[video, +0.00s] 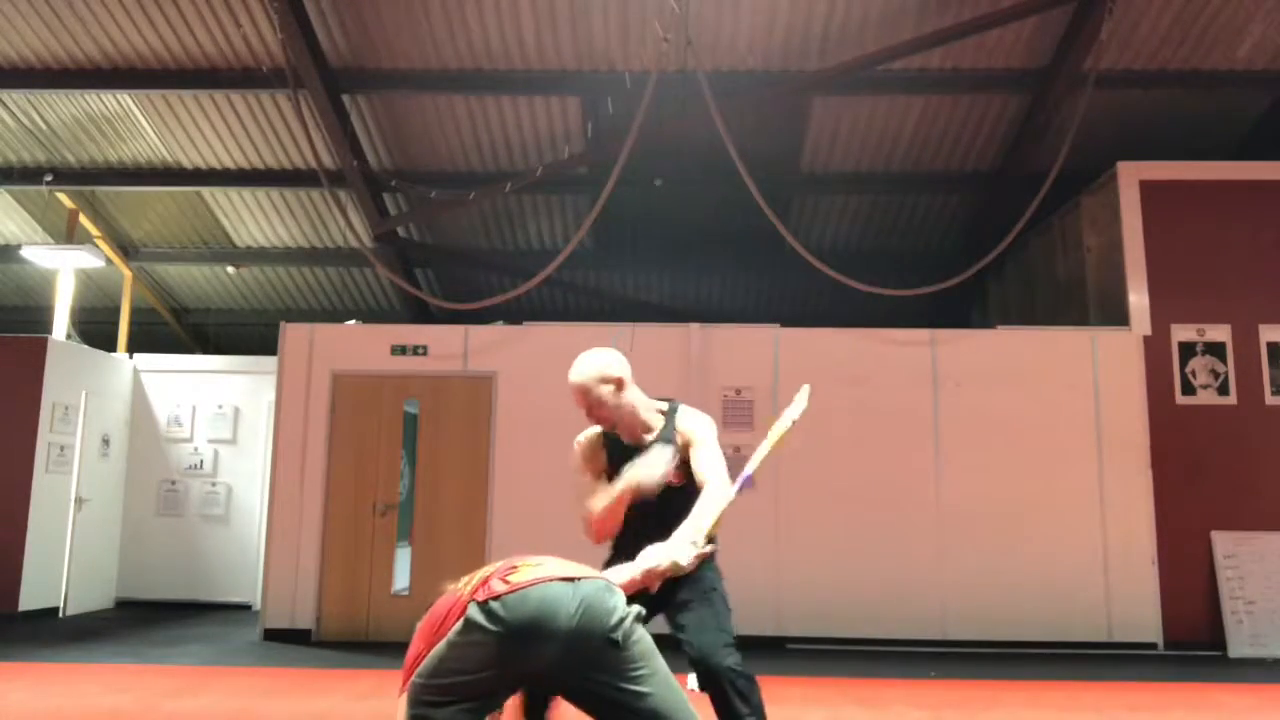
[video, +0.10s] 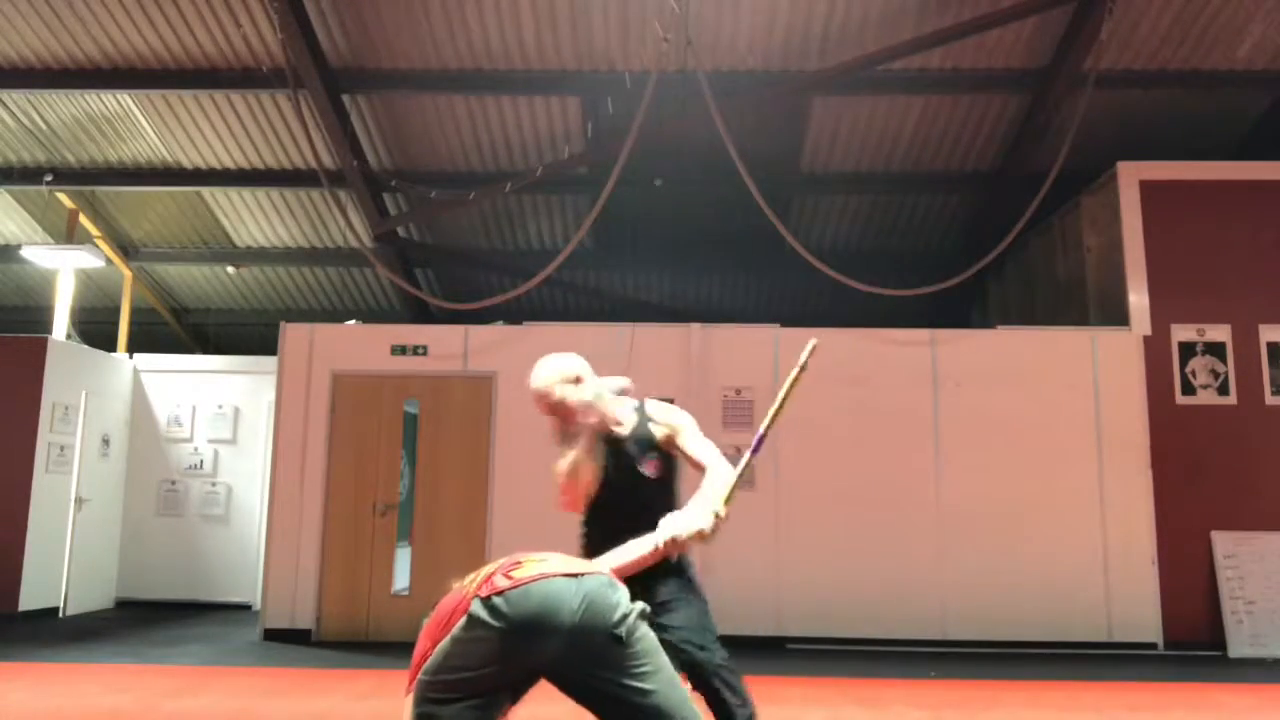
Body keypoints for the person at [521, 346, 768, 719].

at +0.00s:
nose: (590, 416)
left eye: (593, 404)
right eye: (584, 408)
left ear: (619, 385)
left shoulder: (692, 424)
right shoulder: (591, 445)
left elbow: (718, 489)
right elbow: (597, 530)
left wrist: (678, 545)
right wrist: (627, 485)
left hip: (690, 564)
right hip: (628, 568)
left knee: (717, 663)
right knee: (560, 651)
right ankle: (532, 714)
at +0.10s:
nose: (556, 416)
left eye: (557, 404)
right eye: (550, 410)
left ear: (581, 384)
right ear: (555, 409)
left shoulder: (660, 417)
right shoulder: (575, 440)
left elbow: (720, 468)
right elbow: (573, 500)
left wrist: (698, 512)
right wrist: (593, 433)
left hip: (662, 568)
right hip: (603, 574)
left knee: (702, 659)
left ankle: (741, 714)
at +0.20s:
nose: (520, 423)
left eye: (520, 410)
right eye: (512, 418)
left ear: (544, 384)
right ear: (510, 418)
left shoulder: (624, 419)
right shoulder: (529, 451)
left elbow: (694, 459)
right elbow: (528, 535)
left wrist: (677, 490)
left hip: (633, 575)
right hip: (564, 579)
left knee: (678, 670)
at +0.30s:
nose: (494, 440)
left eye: (497, 426)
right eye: (486, 433)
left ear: (519, 404)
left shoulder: (580, 443)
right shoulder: (511, 458)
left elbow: (669, 461)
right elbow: (517, 525)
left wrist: (656, 487)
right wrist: (495, 538)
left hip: (609, 578)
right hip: (552, 580)